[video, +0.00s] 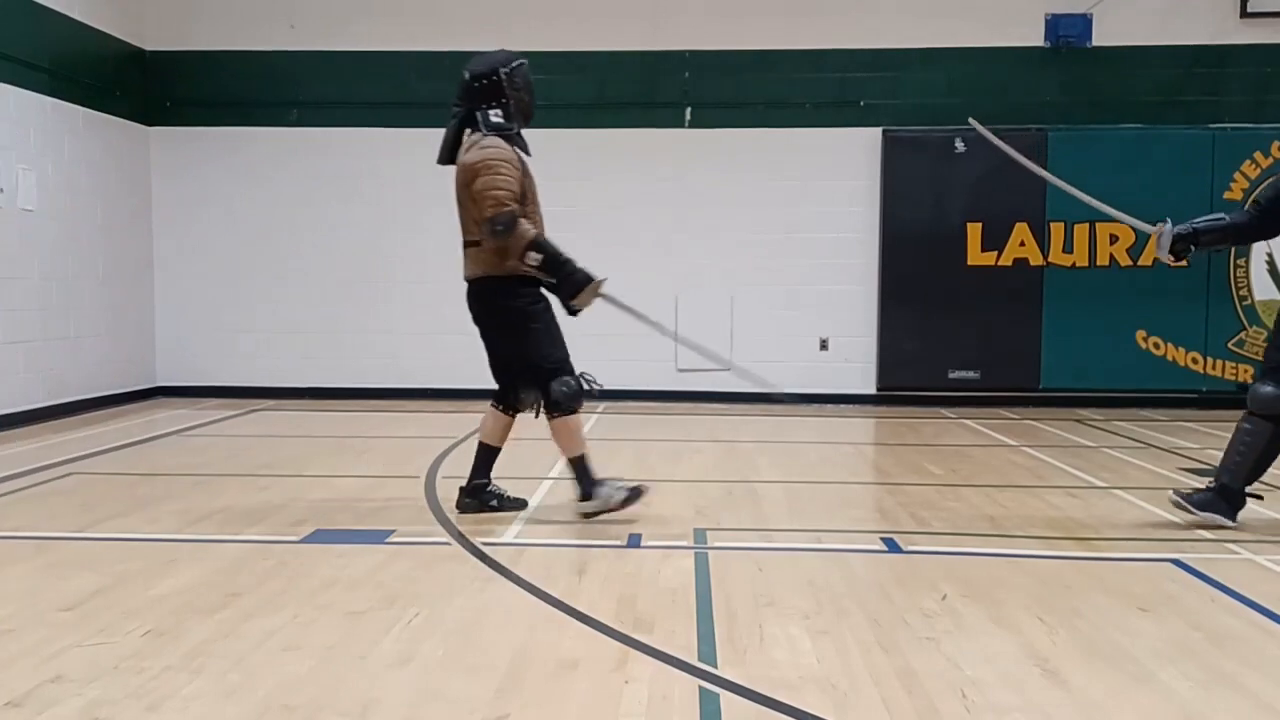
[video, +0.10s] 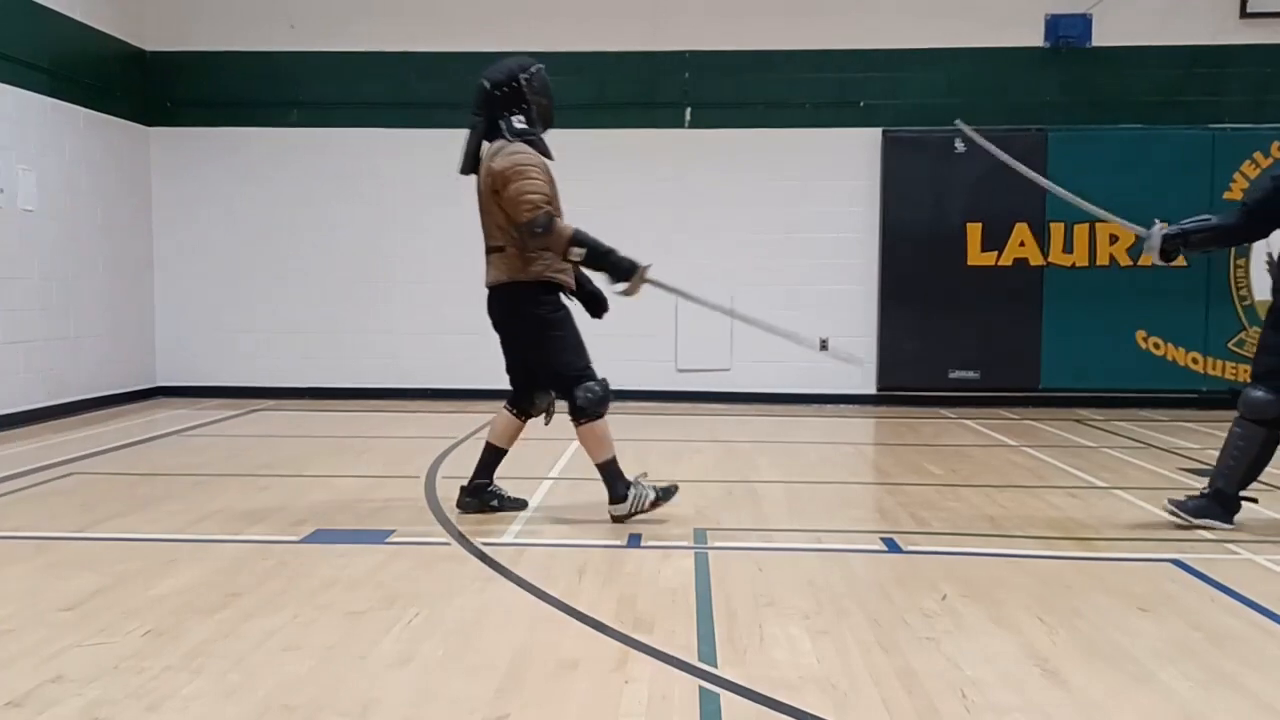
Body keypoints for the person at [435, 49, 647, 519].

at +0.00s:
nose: (529, 96)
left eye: (526, 87)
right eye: (522, 88)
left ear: (484, 96)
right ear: (503, 93)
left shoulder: (492, 147)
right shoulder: (491, 151)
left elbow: (513, 230)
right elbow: (502, 223)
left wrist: (560, 278)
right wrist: (561, 267)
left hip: (497, 288)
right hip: (507, 288)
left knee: (515, 389)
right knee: (559, 385)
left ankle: (476, 487)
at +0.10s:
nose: (548, 101)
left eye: (544, 92)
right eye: (540, 93)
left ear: (502, 103)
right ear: (522, 100)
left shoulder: (501, 155)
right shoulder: (518, 158)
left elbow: (532, 239)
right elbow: (540, 229)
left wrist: (579, 284)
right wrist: (611, 260)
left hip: (513, 295)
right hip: (531, 296)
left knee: (529, 395)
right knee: (584, 392)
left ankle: (478, 487)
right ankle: (621, 491)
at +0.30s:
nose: (590, 102)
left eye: (586, 93)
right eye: (583, 94)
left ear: (542, 105)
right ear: (569, 102)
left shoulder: (541, 156)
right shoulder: (568, 154)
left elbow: (611, 210)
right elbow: (616, 208)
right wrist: (690, 217)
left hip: (549, 295)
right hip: (579, 295)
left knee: (574, 392)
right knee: (629, 391)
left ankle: (502, 468)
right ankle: (634, 497)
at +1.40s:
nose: (651, 102)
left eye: (647, 93)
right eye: (644, 94)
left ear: (598, 105)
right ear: (630, 102)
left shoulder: (589, 158)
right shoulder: (631, 158)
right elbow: (676, 222)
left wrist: (716, 229)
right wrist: (747, 231)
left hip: (600, 297)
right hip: (635, 297)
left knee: (596, 393)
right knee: (692, 387)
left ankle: (552, 487)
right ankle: (684, 491)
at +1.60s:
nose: (676, 105)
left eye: (672, 97)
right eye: (669, 98)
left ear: (621, 109)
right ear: (656, 106)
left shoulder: (610, 161)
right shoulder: (660, 160)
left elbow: (608, 236)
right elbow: (723, 212)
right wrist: (795, 217)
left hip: (619, 302)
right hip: (656, 303)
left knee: (600, 395)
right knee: (714, 391)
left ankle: (551, 488)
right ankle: (740, 492)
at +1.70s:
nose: (696, 112)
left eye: (692, 104)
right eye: (689, 105)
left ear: (643, 113)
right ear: (677, 111)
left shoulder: (628, 169)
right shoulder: (687, 164)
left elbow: (624, 246)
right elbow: (760, 207)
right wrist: (828, 215)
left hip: (634, 307)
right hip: (673, 309)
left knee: (606, 397)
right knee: (734, 396)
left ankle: (552, 488)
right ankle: (766, 496)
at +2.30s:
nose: (713, 122)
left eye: (710, 112)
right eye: (708, 113)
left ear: (661, 115)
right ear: (694, 117)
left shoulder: (634, 171)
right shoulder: (694, 171)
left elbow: (624, 254)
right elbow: (725, 246)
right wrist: (789, 254)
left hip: (636, 312)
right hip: (679, 313)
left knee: (615, 403)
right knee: (739, 402)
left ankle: (555, 488)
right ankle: (781, 500)